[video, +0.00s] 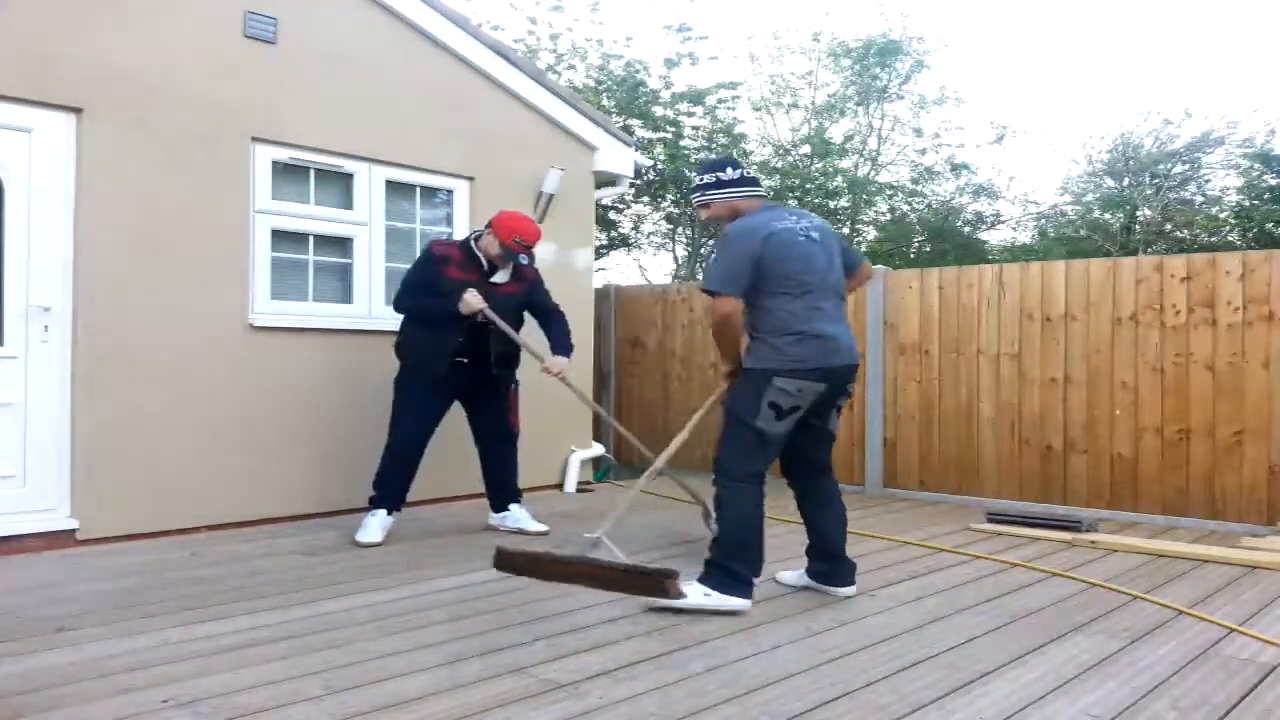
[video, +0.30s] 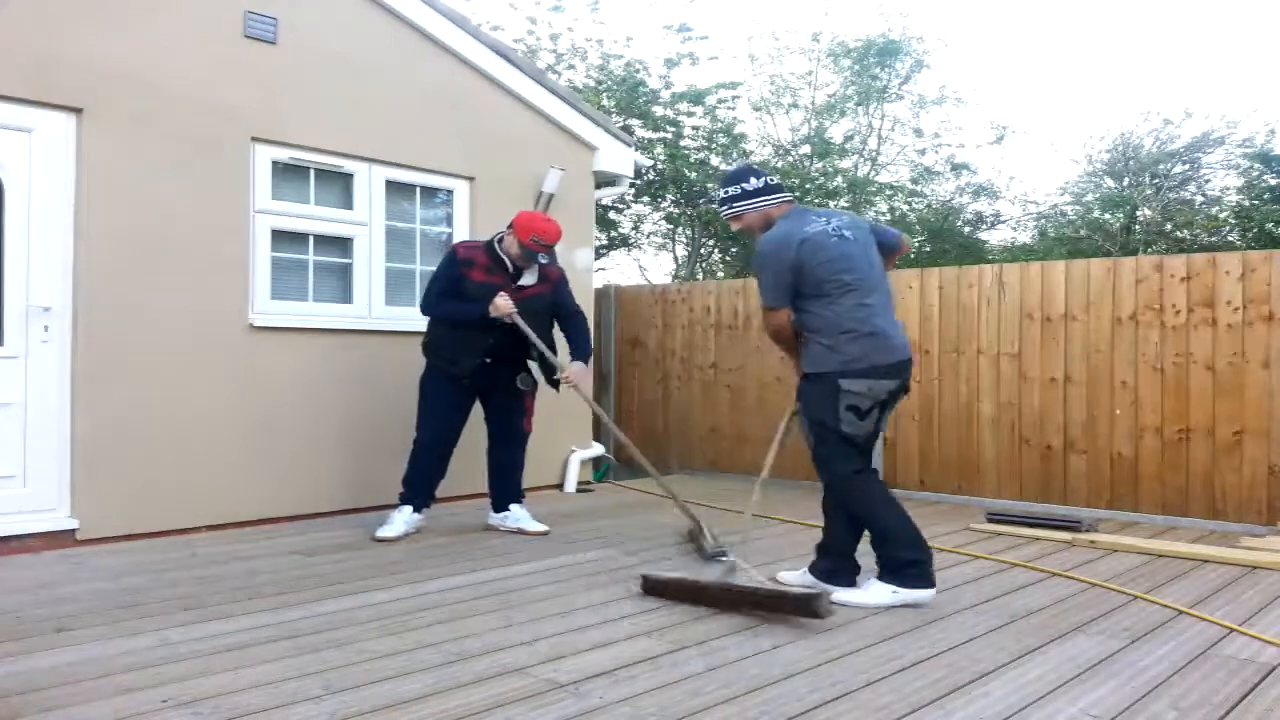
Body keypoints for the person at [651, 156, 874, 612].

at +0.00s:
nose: (703, 215)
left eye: (706, 205)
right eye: (700, 206)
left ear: (730, 196)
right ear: (749, 195)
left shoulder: (741, 234)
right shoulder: (810, 222)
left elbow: (725, 311)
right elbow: (861, 269)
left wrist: (732, 363)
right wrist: (814, 302)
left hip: (782, 363)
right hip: (836, 360)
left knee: (737, 469)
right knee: (808, 463)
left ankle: (728, 582)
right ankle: (832, 571)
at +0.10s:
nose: (715, 219)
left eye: (717, 208)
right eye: (712, 210)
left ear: (741, 198)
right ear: (760, 195)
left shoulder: (753, 234)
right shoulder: (824, 220)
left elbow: (745, 316)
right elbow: (876, 259)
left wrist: (761, 358)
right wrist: (832, 294)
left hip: (805, 358)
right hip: (855, 355)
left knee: (767, 463)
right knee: (822, 459)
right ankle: (837, 570)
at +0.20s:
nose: (726, 222)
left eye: (727, 212)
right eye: (723, 214)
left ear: (748, 202)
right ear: (764, 197)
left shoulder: (764, 241)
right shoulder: (828, 219)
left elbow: (762, 321)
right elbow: (889, 250)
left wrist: (785, 354)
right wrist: (845, 288)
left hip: (820, 363)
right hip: (873, 357)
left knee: (799, 464)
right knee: (838, 463)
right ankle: (829, 568)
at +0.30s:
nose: (734, 226)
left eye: (736, 215)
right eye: (730, 218)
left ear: (760, 204)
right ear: (778, 200)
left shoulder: (775, 245)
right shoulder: (841, 219)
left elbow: (779, 326)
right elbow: (896, 243)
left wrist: (801, 357)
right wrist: (860, 287)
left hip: (841, 365)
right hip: (888, 360)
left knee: (843, 470)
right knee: (845, 465)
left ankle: (910, 575)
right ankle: (834, 569)